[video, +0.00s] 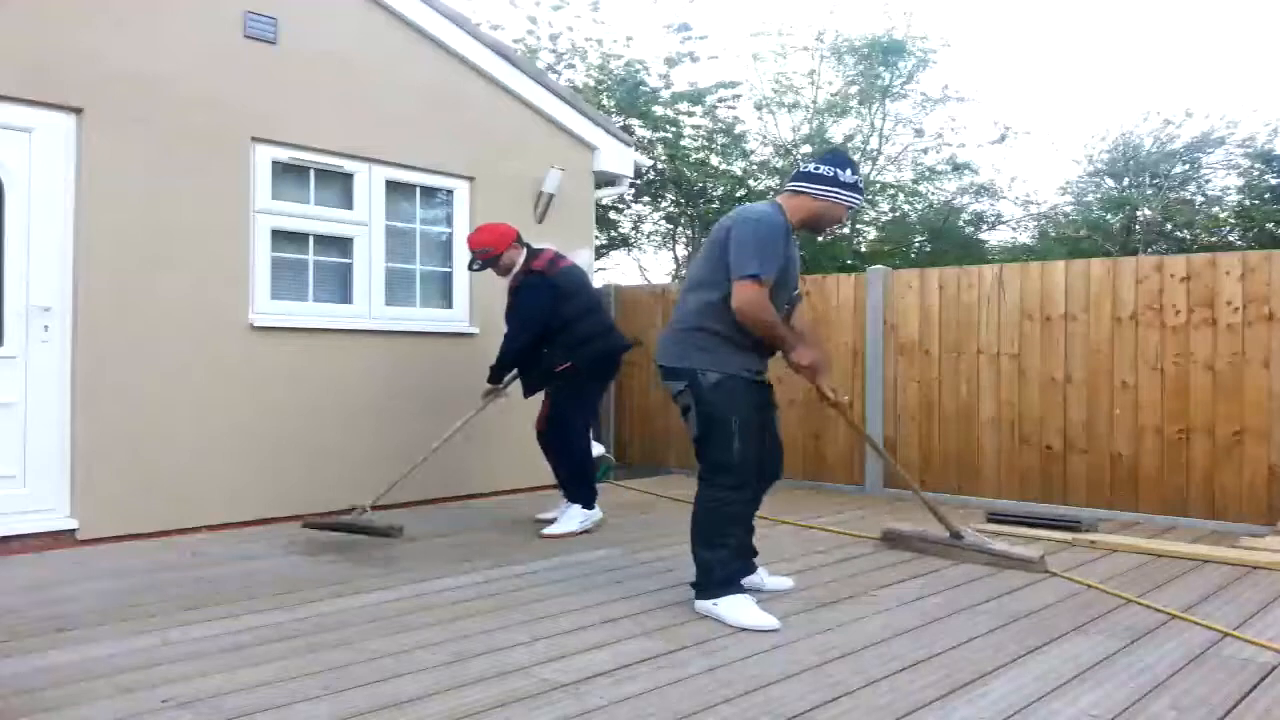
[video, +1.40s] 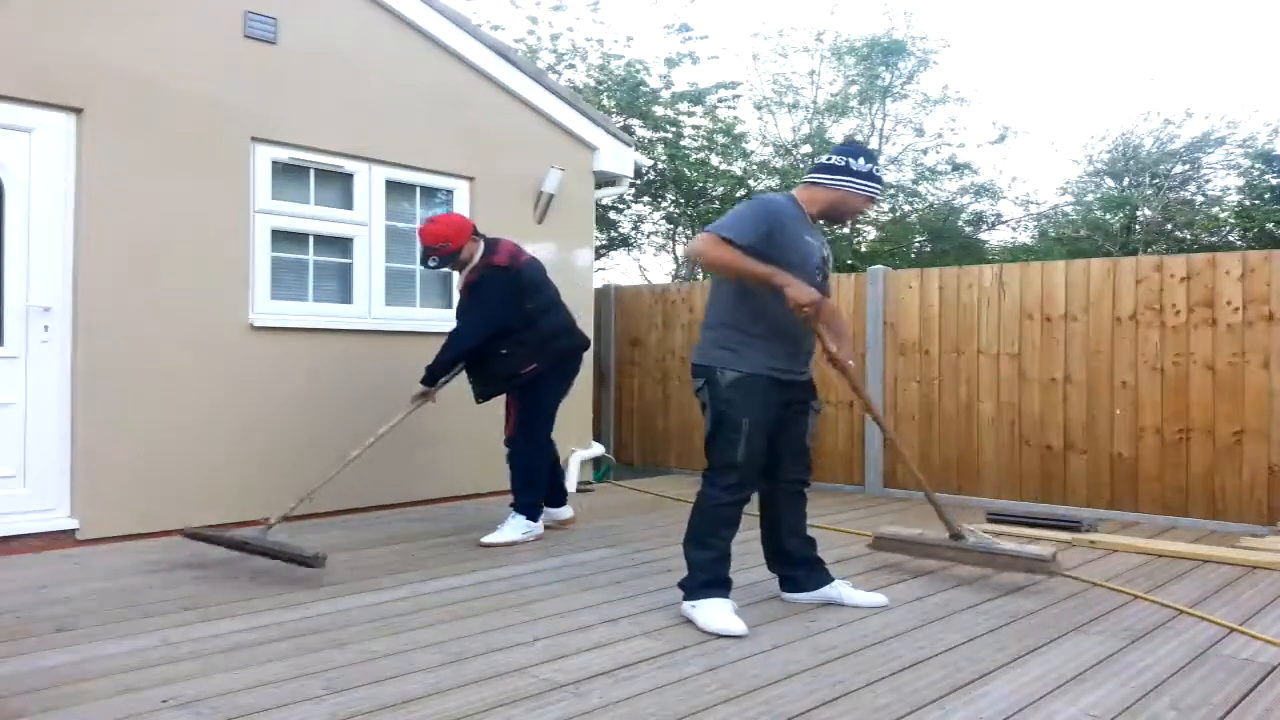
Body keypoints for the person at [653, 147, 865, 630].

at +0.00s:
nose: (843, 221)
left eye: (848, 212)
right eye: (845, 209)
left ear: (814, 192)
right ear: (825, 195)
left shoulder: (786, 245)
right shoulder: (759, 221)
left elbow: (786, 315)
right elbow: (746, 303)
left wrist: (812, 357)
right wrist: (789, 344)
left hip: (740, 367)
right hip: (707, 363)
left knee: (762, 464)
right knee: (729, 470)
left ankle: (737, 566)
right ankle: (714, 589)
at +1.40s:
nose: (863, 211)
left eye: (868, 204)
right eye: (865, 200)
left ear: (838, 186)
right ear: (842, 186)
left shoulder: (818, 246)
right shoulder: (770, 209)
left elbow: (821, 304)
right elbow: (703, 248)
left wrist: (839, 340)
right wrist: (783, 280)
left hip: (790, 377)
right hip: (736, 370)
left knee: (787, 483)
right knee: (729, 482)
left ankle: (803, 580)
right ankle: (704, 591)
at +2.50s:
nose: (917, 204)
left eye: (923, 195)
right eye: (915, 191)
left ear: (900, 184)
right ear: (887, 175)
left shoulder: (892, 241)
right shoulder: (794, 206)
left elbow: (890, 310)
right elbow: (708, 232)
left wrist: (872, 340)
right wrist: (774, 256)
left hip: (833, 381)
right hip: (759, 369)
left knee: (820, 490)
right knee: (737, 482)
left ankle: (820, 594)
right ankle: (714, 592)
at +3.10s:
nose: (874, 198)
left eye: (882, 188)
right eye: (865, 186)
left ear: (887, 183)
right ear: (835, 173)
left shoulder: (888, 236)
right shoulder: (768, 213)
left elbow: (912, 309)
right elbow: (702, 270)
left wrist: (887, 377)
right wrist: (759, 315)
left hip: (838, 386)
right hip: (758, 378)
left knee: (831, 489)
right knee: (755, 484)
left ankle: (822, 593)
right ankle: (762, 583)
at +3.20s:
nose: (822, 190)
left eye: (836, 180)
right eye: (812, 177)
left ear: (856, 179)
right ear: (796, 169)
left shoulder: (877, 229)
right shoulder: (752, 215)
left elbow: (913, 298)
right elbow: (692, 270)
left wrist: (877, 363)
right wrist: (739, 298)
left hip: (836, 381)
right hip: (756, 378)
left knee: (830, 489)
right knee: (756, 484)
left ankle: (822, 593)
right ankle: (762, 584)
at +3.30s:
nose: (794, 185)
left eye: (807, 177)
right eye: (787, 174)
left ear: (835, 175)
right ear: (777, 167)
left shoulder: (869, 226)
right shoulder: (742, 216)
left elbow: (908, 292)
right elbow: (681, 266)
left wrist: (858, 349)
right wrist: (716, 286)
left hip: (830, 380)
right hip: (753, 377)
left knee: (828, 488)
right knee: (755, 484)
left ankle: (822, 593)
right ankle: (762, 584)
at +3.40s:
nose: (766, 183)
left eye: (778, 173)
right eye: (759, 172)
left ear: (809, 170)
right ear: (751, 169)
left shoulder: (852, 222)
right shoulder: (731, 216)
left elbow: (884, 292)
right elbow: (668, 255)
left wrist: (803, 330)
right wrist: (680, 270)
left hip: (826, 377)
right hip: (746, 373)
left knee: (829, 485)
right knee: (752, 482)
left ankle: (823, 593)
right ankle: (762, 584)